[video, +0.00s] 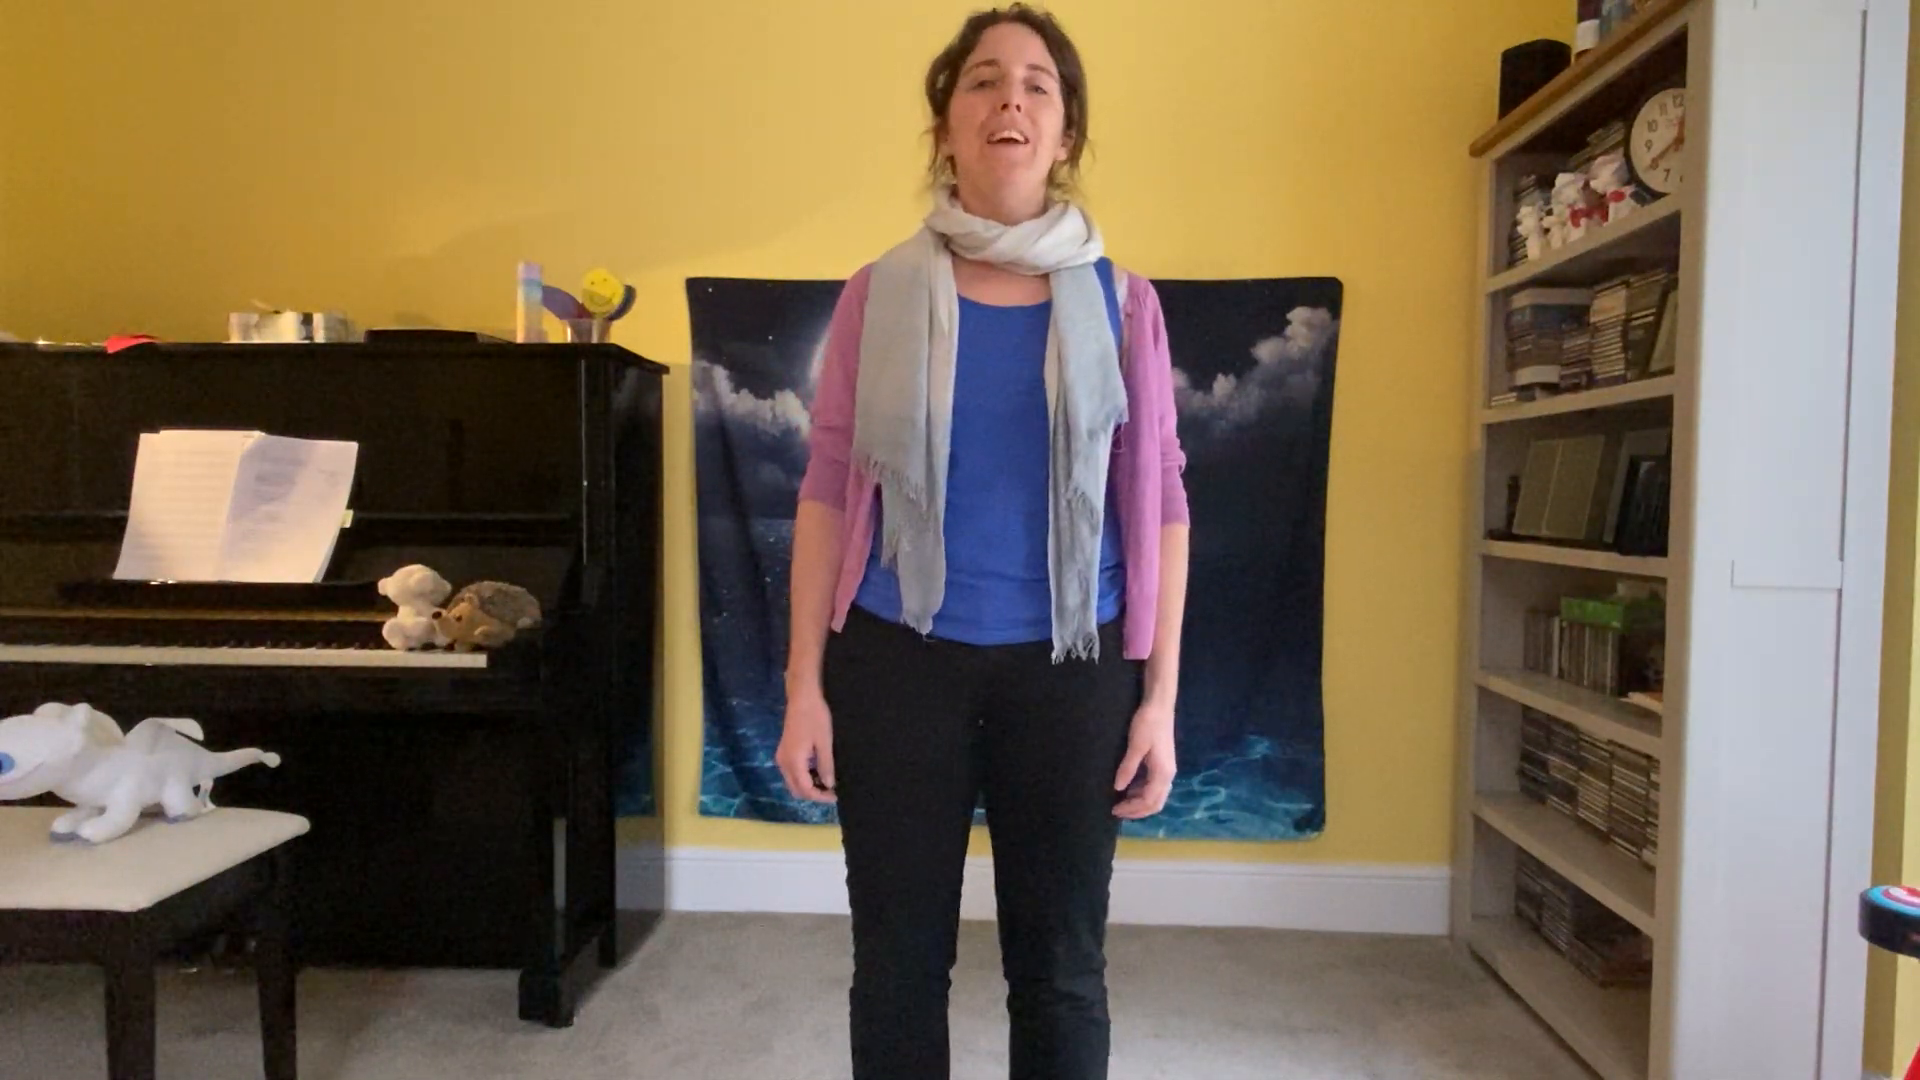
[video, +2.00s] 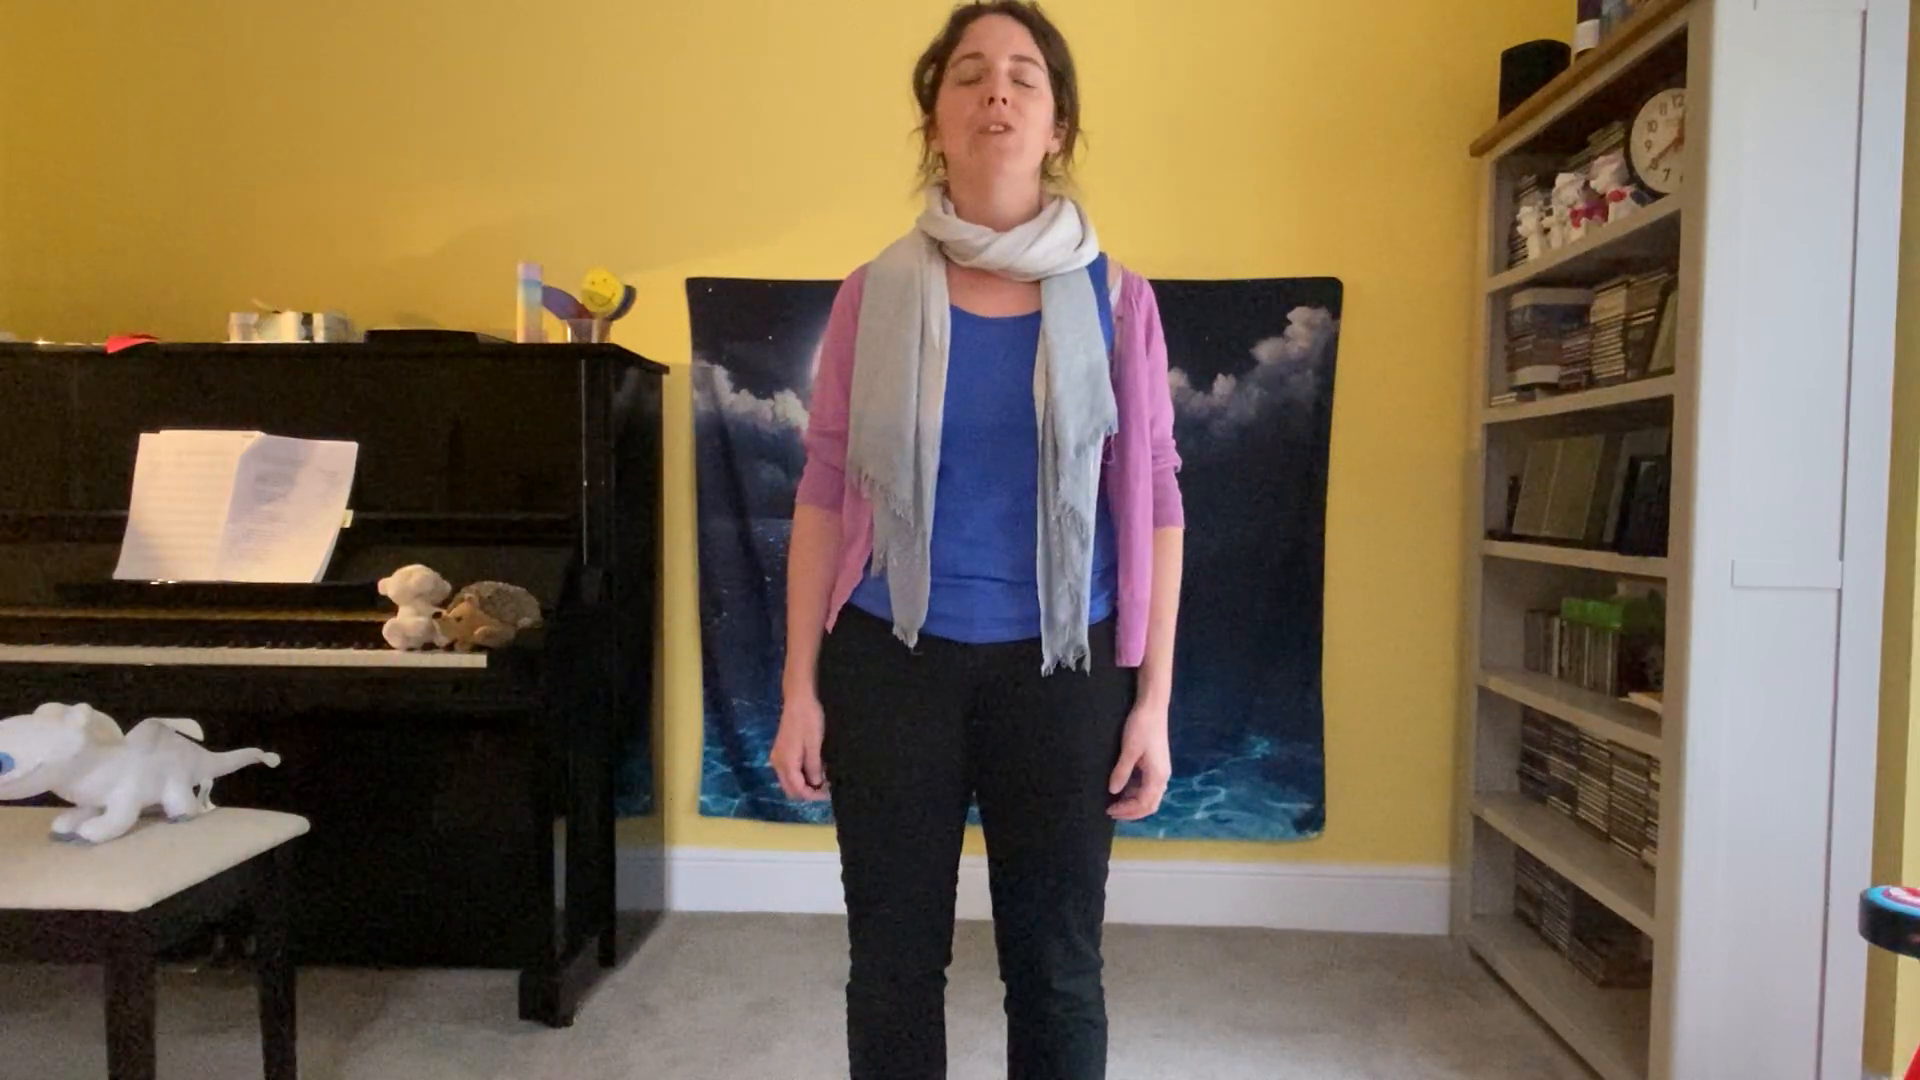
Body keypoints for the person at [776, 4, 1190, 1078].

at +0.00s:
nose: (1010, 101)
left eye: (1037, 86)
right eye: (985, 82)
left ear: (1068, 133)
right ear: (944, 127)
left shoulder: (1123, 306)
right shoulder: (878, 296)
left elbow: (1161, 507)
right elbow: (826, 494)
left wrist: (1158, 694)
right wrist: (803, 681)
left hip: (1068, 678)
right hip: (894, 670)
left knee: (1061, 979)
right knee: (897, 977)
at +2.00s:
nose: (996, 90)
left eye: (1022, 76)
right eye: (970, 74)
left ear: (1059, 124)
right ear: (934, 120)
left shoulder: (1119, 304)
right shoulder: (872, 296)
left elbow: (1155, 506)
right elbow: (822, 495)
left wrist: (1152, 696)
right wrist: (798, 683)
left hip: (1062, 678)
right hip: (888, 672)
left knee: (1059, 985)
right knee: (892, 979)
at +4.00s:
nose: (987, 81)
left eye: (1014, 63)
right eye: (958, 62)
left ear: (1052, 105)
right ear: (920, 105)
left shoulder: (1115, 296)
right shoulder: (858, 290)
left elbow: (1153, 503)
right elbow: (811, 496)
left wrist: (1159, 703)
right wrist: (785, 693)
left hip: (1060, 686)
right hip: (879, 680)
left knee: (1053, 991)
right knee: (890, 987)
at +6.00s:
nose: (988, 90)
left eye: (1015, 70)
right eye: (959, 70)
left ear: (1054, 110)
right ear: (922, 114)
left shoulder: (1119, 296)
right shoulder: (862, 292)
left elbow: (1156, 503)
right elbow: (816, 495)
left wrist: (1165, 698)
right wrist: (793, 689)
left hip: (1066, 682)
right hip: (886, 676)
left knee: (1058, 986)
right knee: (893, 985)